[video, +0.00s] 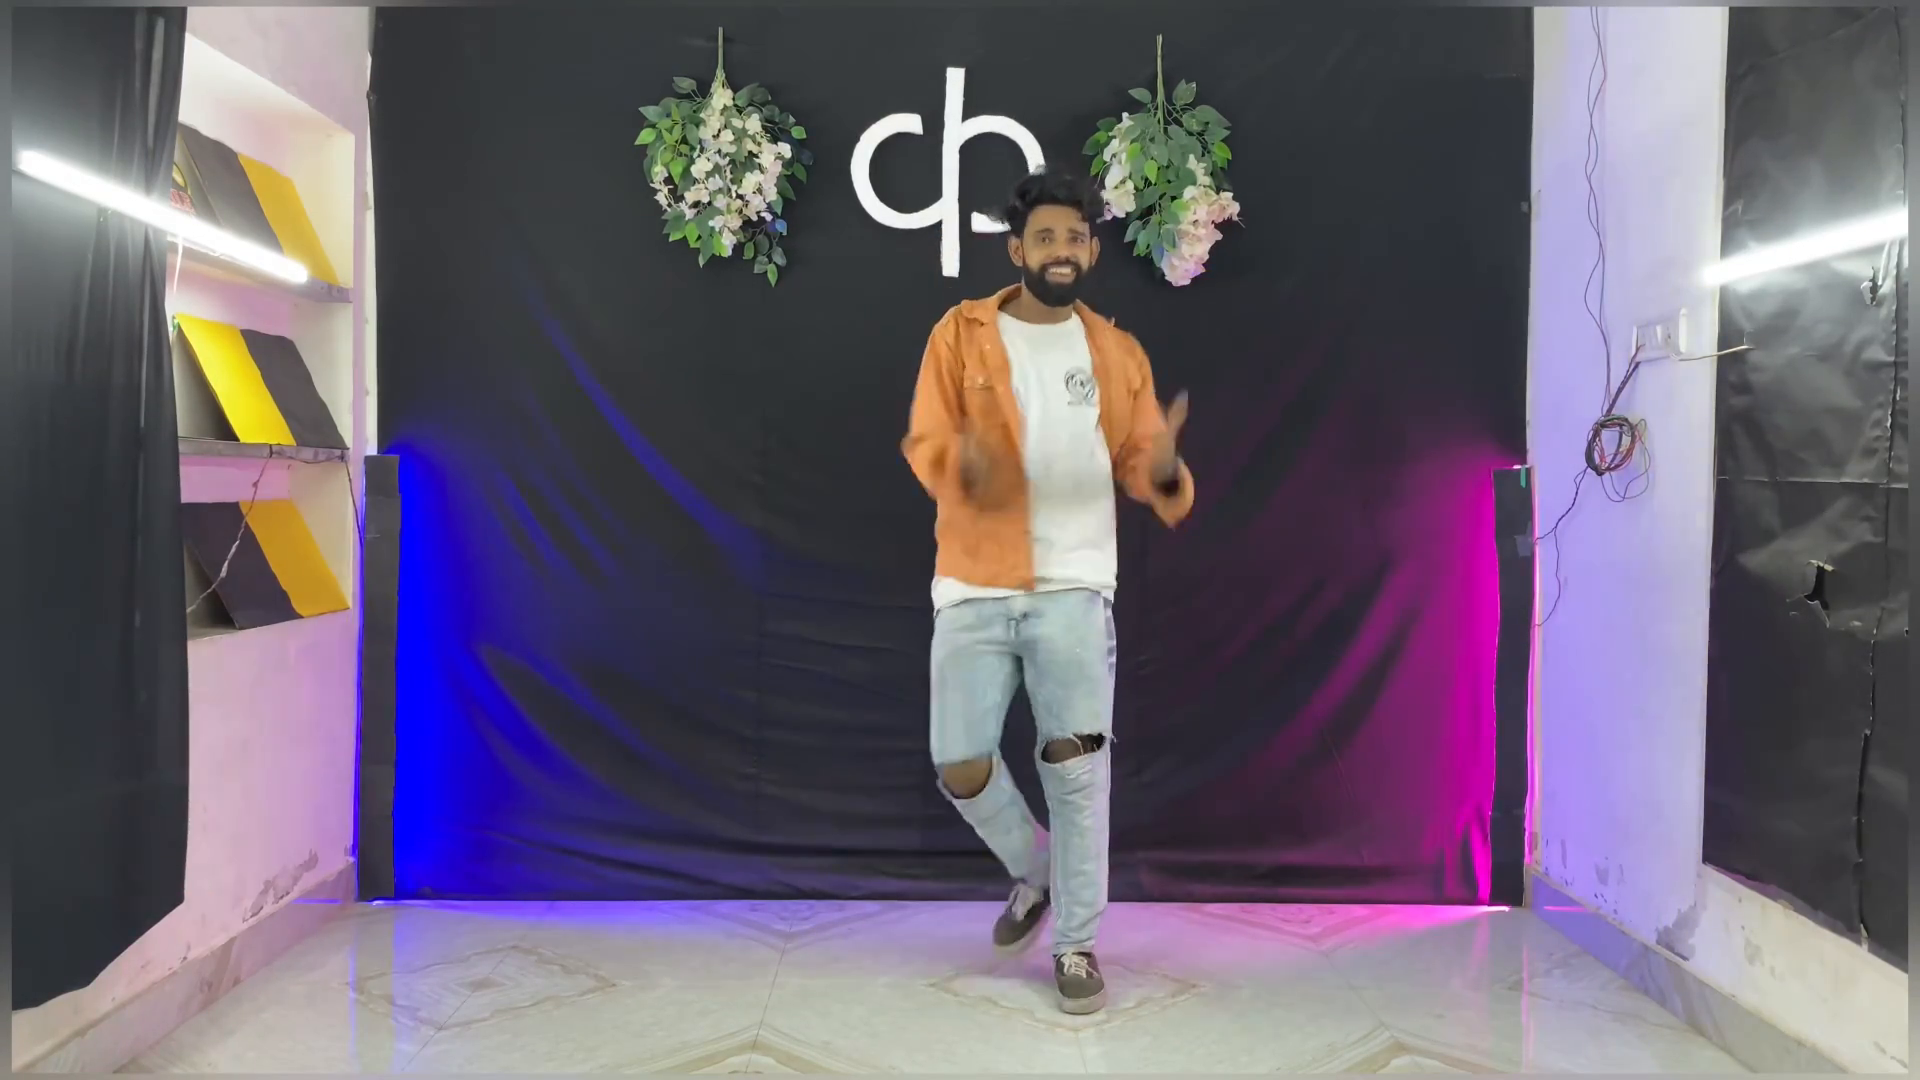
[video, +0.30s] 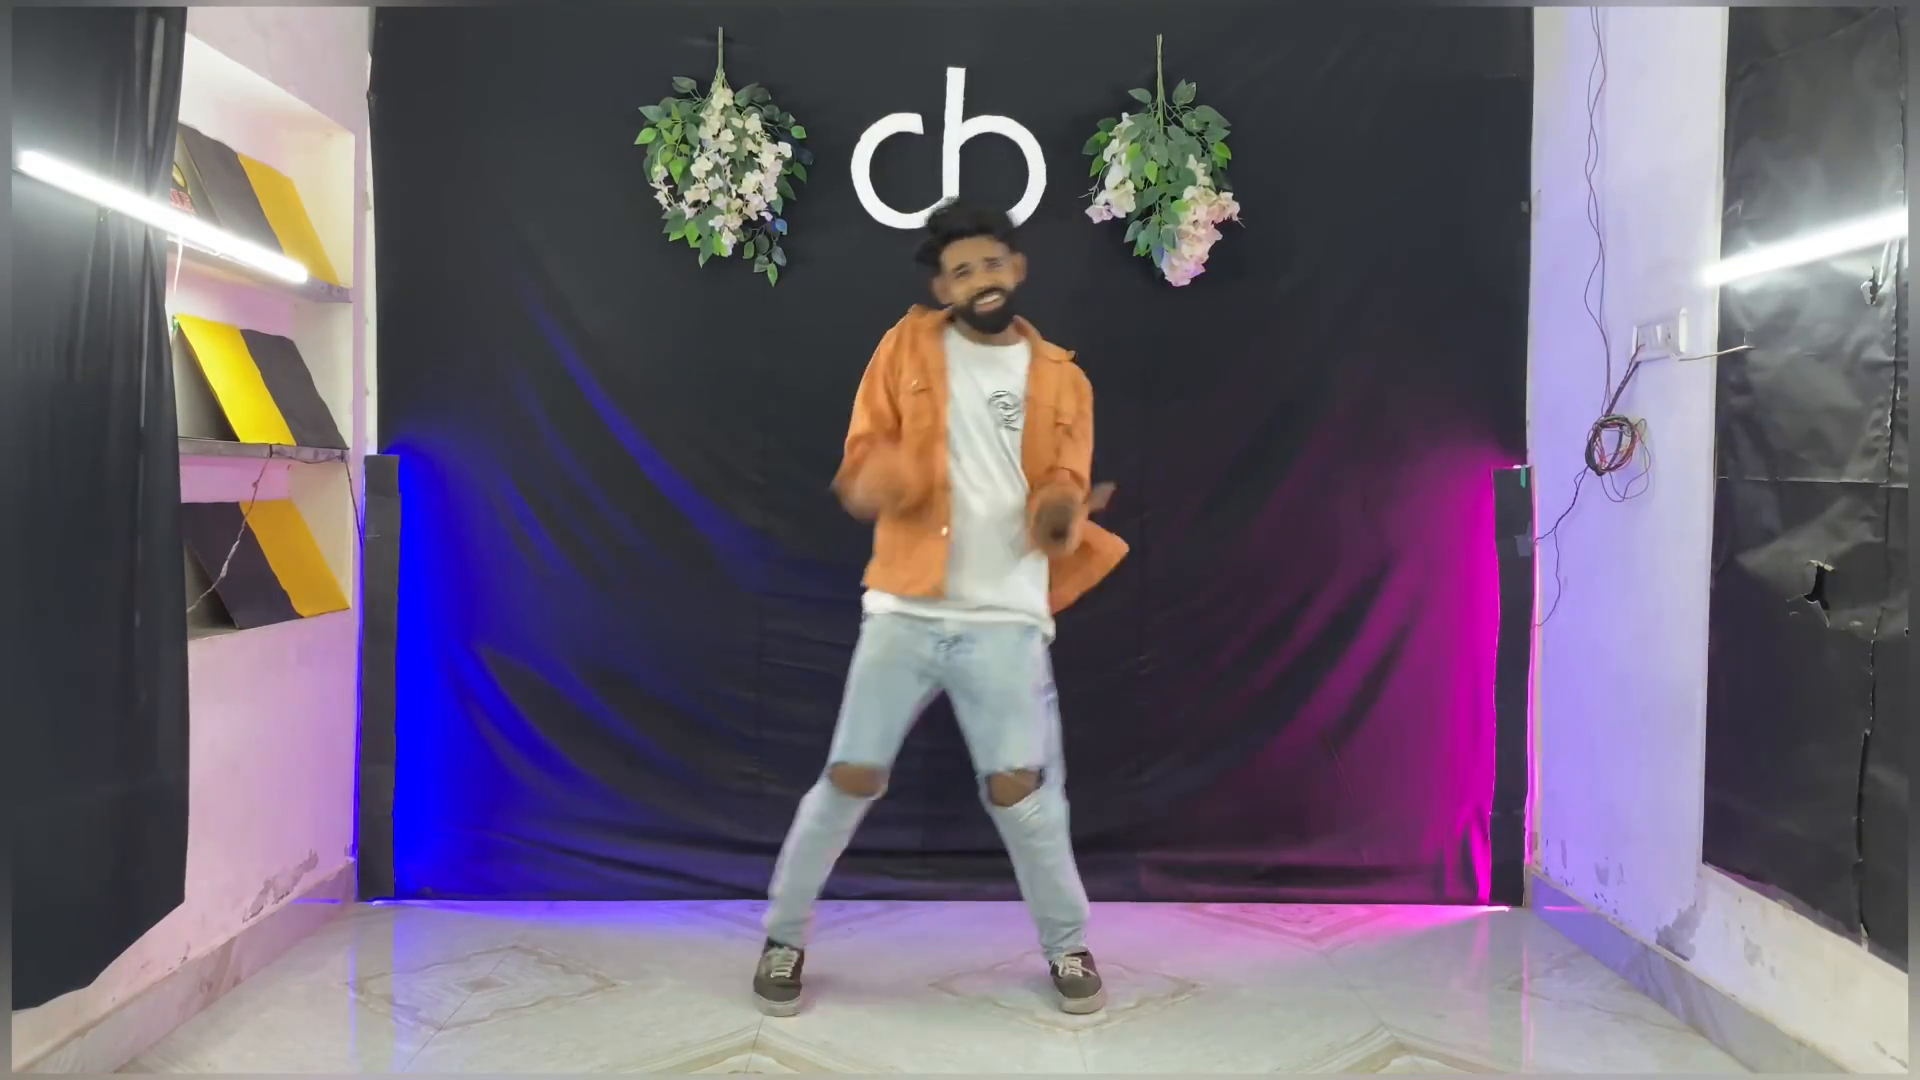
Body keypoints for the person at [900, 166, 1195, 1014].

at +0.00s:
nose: (1062, 252)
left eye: (1076, 238)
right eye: (1045, 237)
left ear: (1093, 249)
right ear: (1015, 245)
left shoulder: (1117, 351)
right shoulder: (962, 333)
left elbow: (1147, 464)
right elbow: (926, 442)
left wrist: (1162, 468)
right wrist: (964, 464)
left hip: (1074, 583)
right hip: (973, 582)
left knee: (1073, 760)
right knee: (961, 762)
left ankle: (1077, 940)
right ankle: (1033, 872)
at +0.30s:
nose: (981, 281)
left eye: (992, 263)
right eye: (962, 271)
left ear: (1018, 267)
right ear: (938, 285)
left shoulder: (1061, 378)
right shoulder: (904, 351)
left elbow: (1060, 504)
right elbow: (855, 478)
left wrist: (1061, 509)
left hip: (1007, 619)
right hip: (903, 609)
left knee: (1019, 788)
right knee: (853, 775)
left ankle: (1068, 946)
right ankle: (783, 939)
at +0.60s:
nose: (919, 307)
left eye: (929, 287)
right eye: (900, 298)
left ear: (960, 284)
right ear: (885, 312)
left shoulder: (1020, 365)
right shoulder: (874, 388)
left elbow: (1020, 465)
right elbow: (822, 491)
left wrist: (988, 561)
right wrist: (753, 580)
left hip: (980, 611)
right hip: (877, 610)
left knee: (1005, 778)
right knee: (835, 781)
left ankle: (1066, 945)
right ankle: (793, 941)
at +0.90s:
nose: (895, 301)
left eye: (914, 287)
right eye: (880, 286)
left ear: (947, 297)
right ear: (862, 297)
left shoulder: (992, 378)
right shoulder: (847, 402)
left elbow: (1057, 503)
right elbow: (826, 513)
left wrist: (1030, 479)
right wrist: (760, 456)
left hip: (994, 624)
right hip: (898, 625)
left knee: (986, 776)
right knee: (852, 789)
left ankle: (1089, 911)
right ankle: (791, 943)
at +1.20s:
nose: (1048, 304)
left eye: (1066, 292)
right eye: (1035, 285)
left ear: (1085, 305)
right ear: (1004, 287)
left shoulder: (1102, 402)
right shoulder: (943, 381)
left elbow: (1122, 519)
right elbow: (903, 492)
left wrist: (1185, 577)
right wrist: (876, 568)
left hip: (1054, 646)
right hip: (944, 640)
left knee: (1071, 817)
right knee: (878, 802)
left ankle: (1138, 955)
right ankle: (799, 943)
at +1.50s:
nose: (1054, 268)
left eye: (1071, 253)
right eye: (1036, 253)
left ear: (1093, 267)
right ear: (1010, 263)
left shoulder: (1123, 366)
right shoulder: (965, 358)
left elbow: (1128, 492)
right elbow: (964, 476)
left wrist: (1076, 576)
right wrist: (1040, 536)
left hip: (1083, 602)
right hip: (981, 600)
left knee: (1100, 783)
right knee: (978, 767)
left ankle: (1142, 951)